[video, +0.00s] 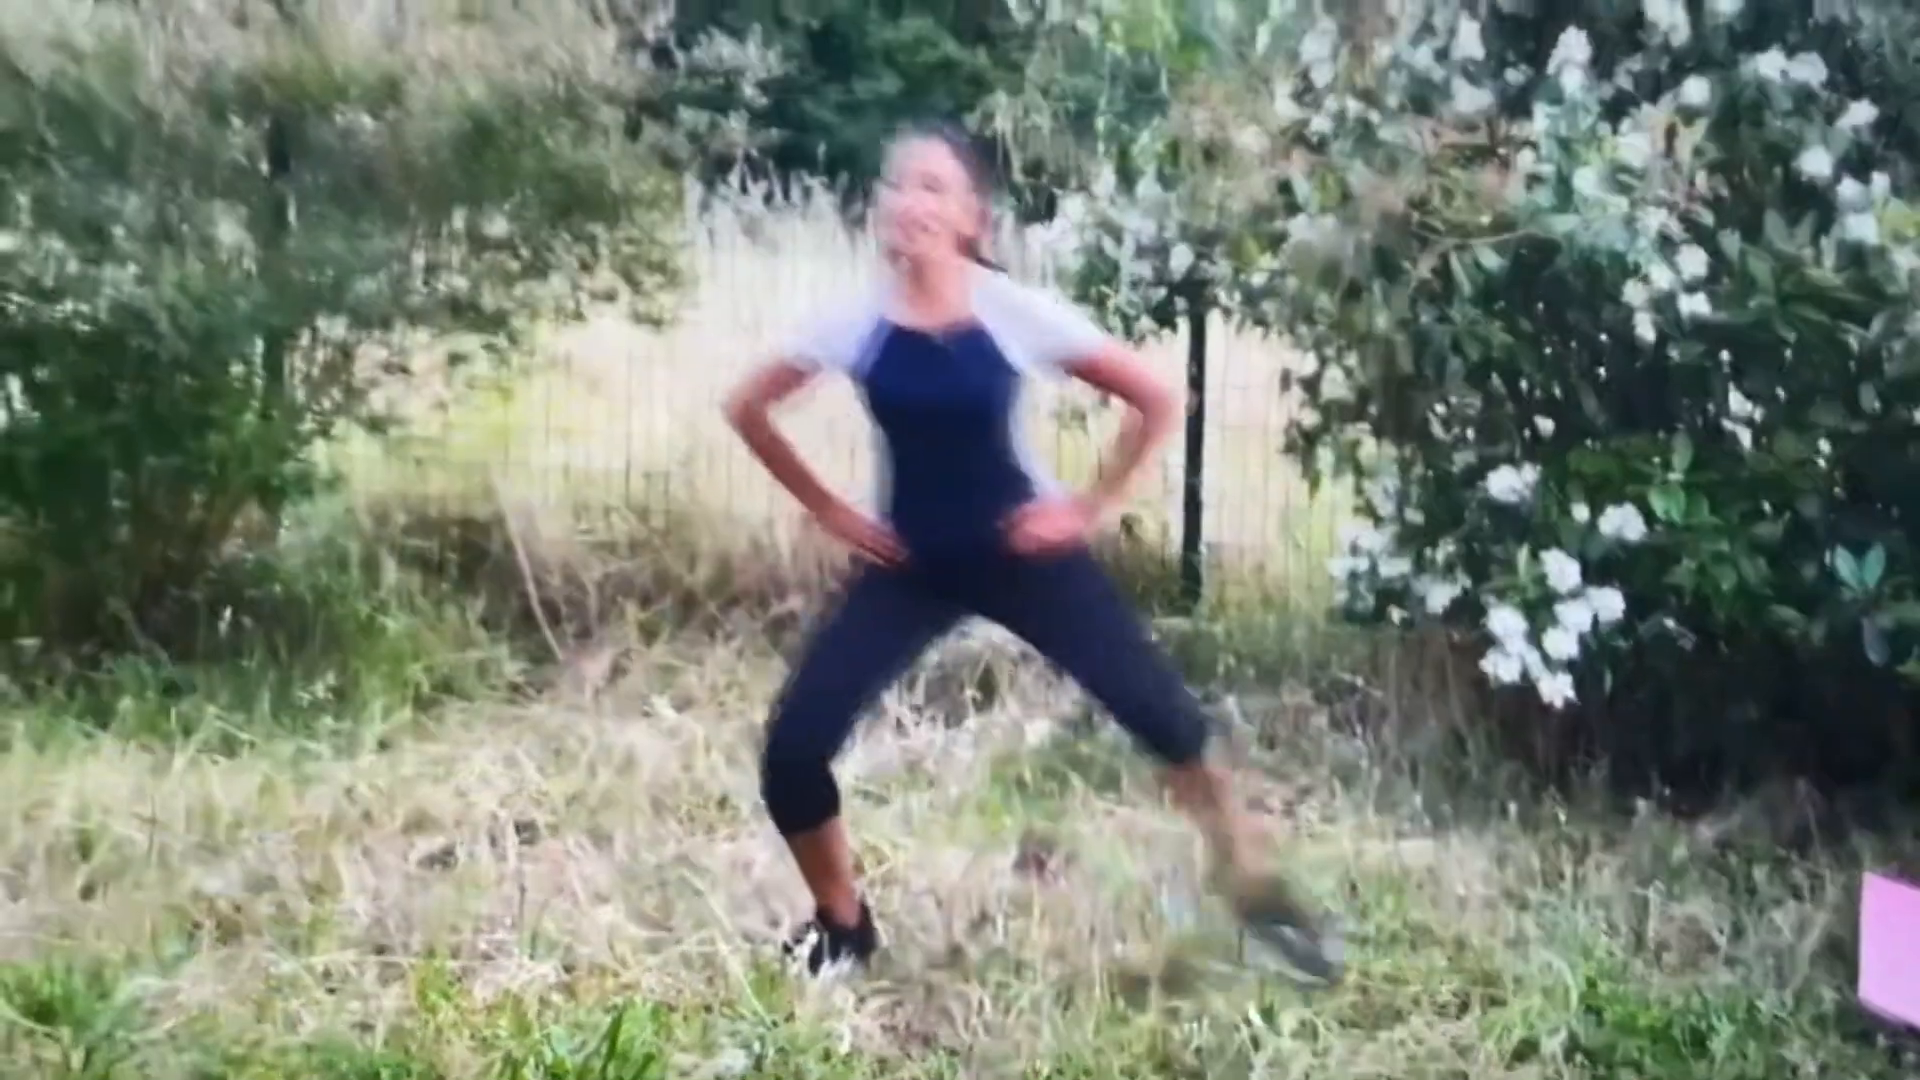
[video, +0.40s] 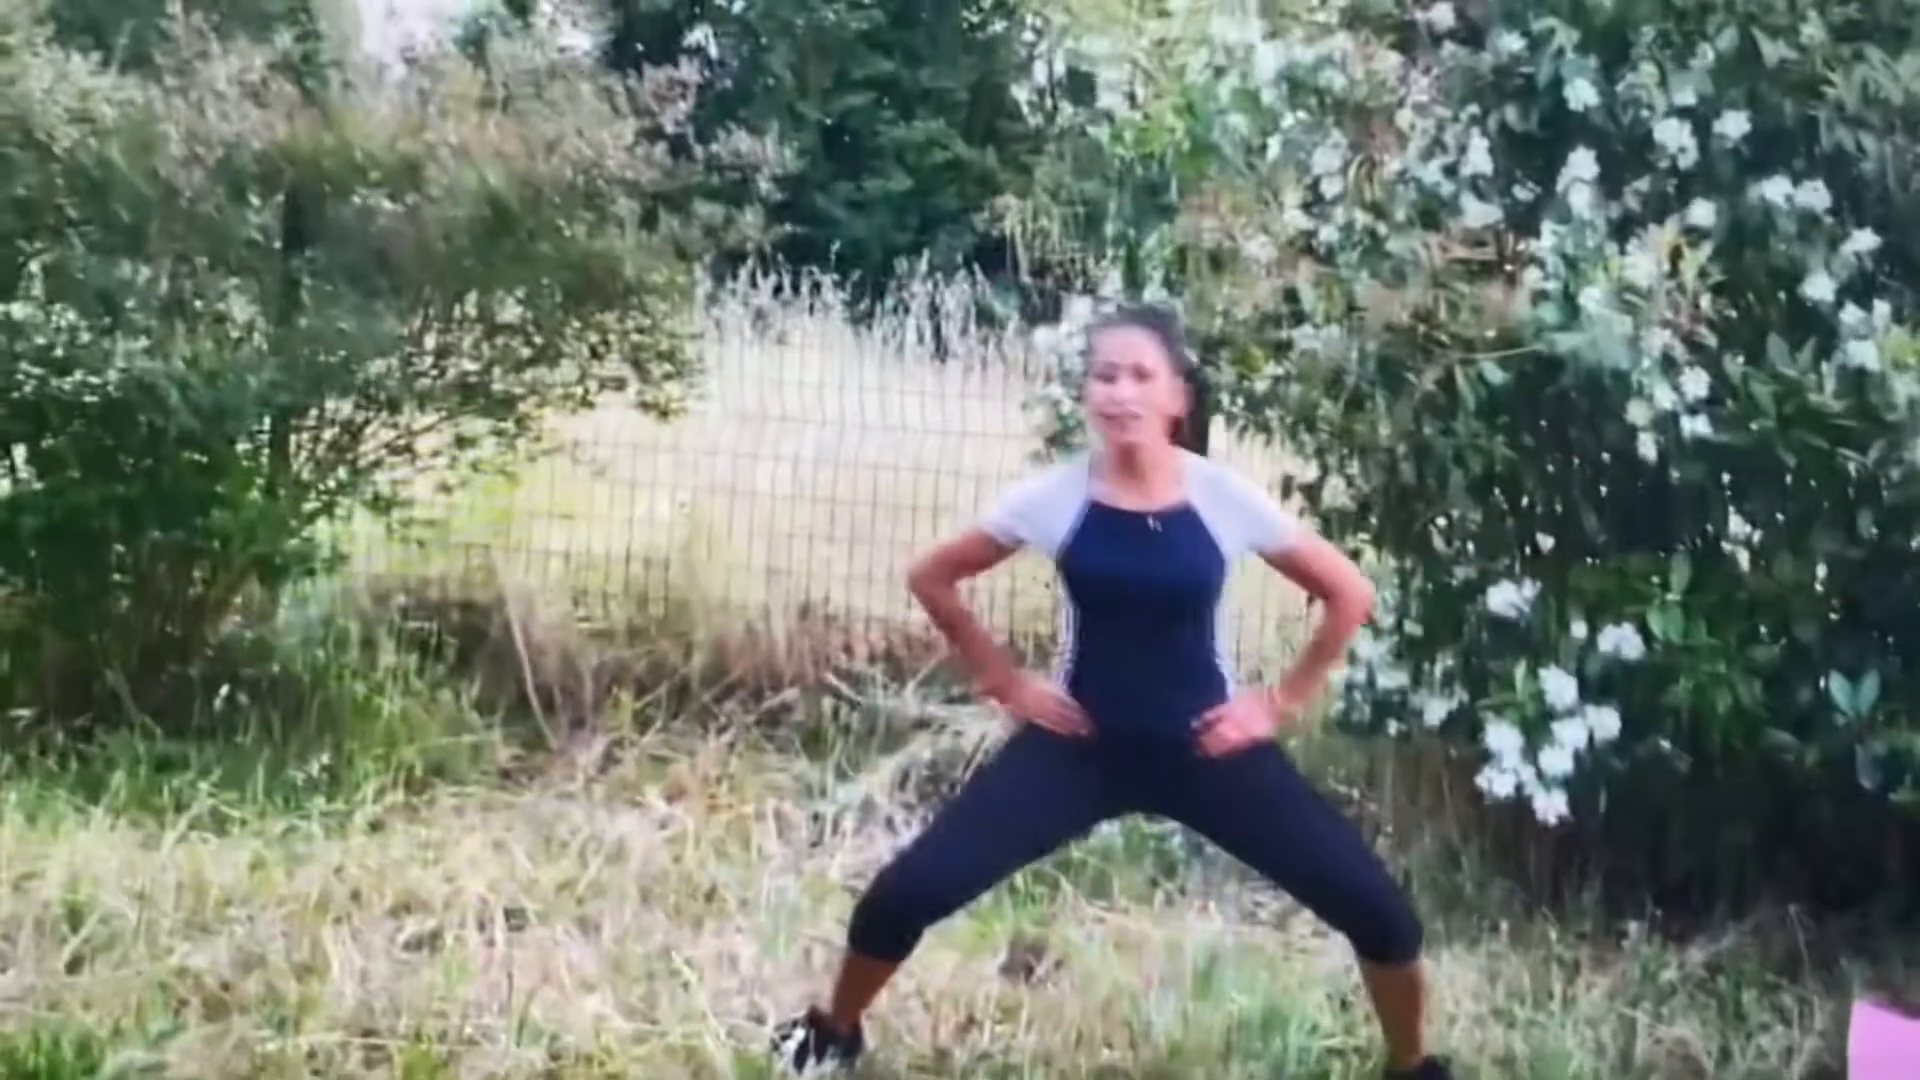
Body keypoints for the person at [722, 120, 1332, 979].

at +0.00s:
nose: (906, 201)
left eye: (931, 187)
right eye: (896, 183)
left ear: (973, 220)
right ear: (875, 204)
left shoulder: (1014, 314)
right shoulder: (856, 321)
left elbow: (1158, 400)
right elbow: (747, 411)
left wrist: (1092, 510)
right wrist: (838, 517)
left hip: (1028, 563)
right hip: (907, 570)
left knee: (1171, 723)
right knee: (791, 756)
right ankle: (843, 929)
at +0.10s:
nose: (966, 235)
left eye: (988, 224)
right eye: (950, 225)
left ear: (1025, 263)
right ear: (927, 263)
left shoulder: (1069, 353)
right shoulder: (908, 367)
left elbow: (1203, 436)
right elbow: (797, 453)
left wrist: (1144, 549)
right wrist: (889, 558)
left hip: (1080, 605)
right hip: (959, 610)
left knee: (1244, 769)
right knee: (816, 781)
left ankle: (1392, 953)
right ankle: (843, 952)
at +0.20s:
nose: (1018, 309)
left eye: (1041, 293)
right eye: (1008, 294)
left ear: (1087, 323)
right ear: (989, 321)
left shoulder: (1136, 415)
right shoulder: (977, 428)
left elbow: (1273, 514)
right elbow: (860, 521)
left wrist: (1212, 629)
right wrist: (949, 620)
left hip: (1147, 676)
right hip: (1026, 677)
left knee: (1317, 845)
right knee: (857, 832)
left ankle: (1415, 1015)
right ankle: (838, 988)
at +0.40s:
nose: (1117, 392)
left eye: (1138, 375)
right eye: (1102, 376)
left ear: (1179, 396)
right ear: (1084, 395)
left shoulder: (1220, 496)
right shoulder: (1057, 499)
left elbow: (1353, 596)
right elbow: (928, 578)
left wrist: (1279, 705)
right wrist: (1008, 685)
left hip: (1207, 754)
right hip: (1078, 750)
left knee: (1382, 914)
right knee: (899, 898)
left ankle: (1410, 1064)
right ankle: (834, 1031)